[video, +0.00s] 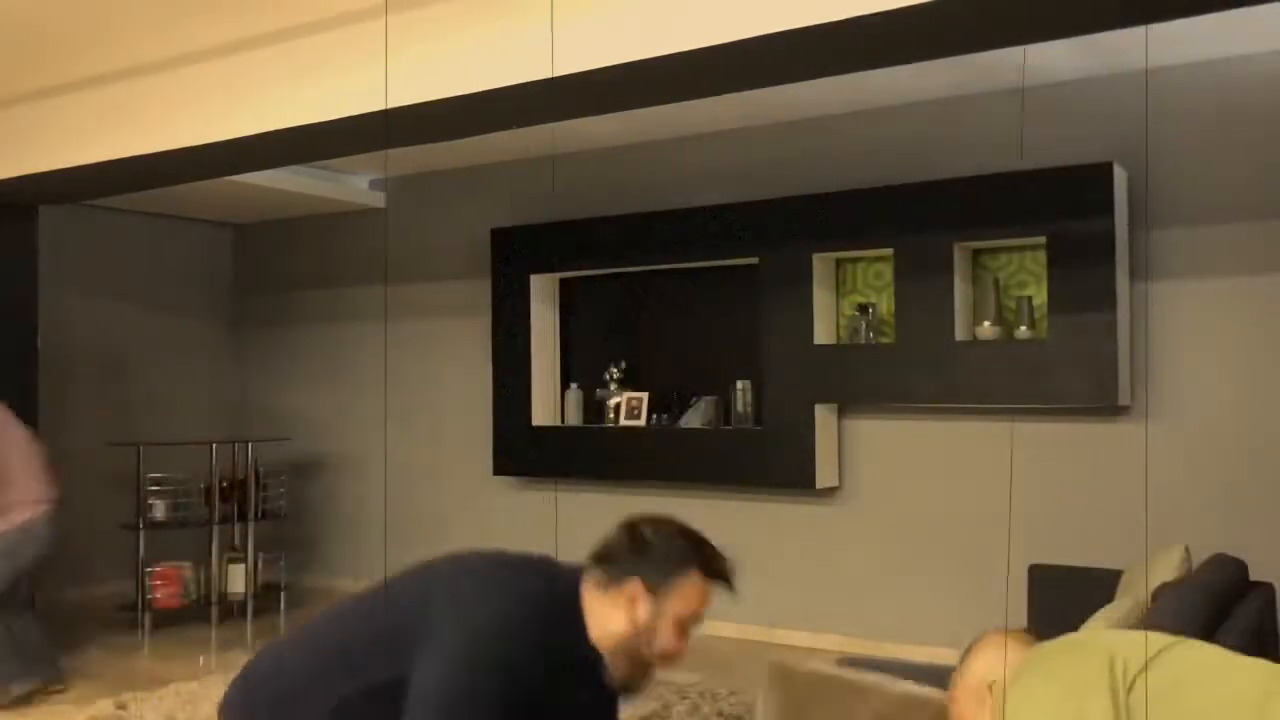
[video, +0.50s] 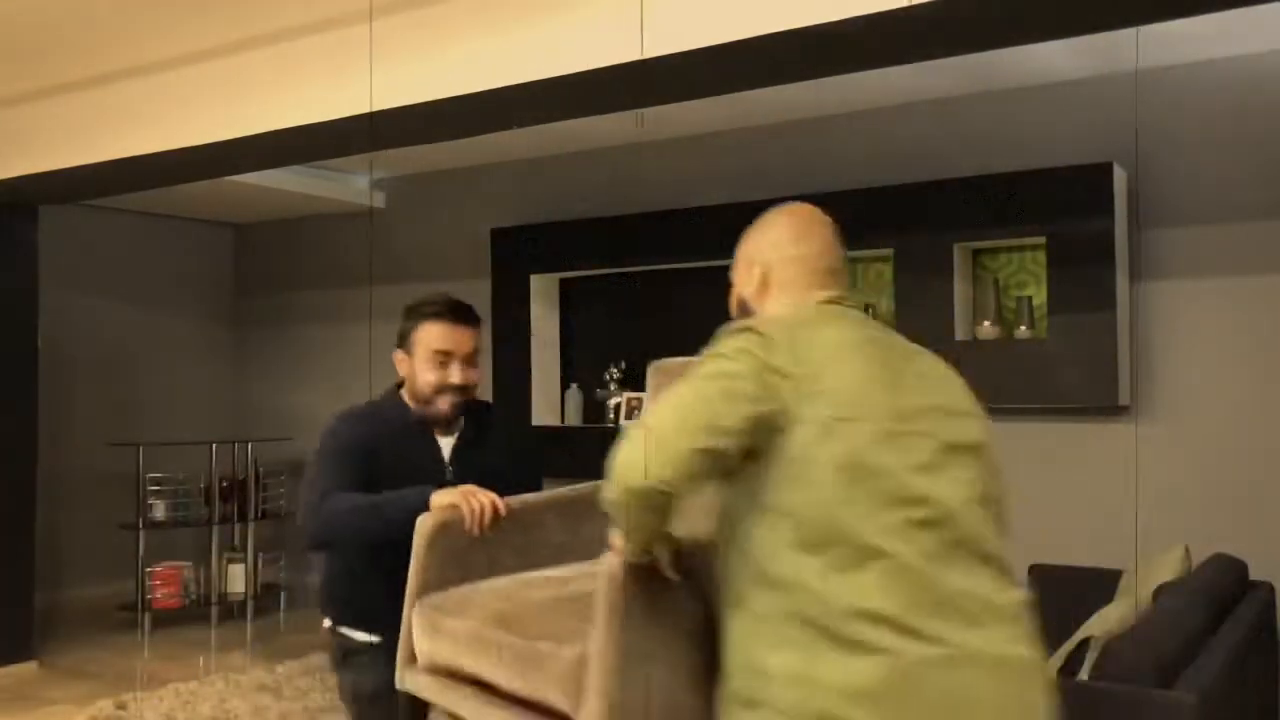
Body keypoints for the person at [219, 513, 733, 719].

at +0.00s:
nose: (685, 649)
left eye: (694, 630)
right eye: (684, 626)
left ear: (636, 601)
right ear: (635, 598)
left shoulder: (583, 661)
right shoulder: (498, 619)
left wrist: (610, 692)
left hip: (361, 703)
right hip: (277, 702)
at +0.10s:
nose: (630, 554)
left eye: (637, 534)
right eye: (626, 530)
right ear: (572, 503)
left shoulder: (570, 624)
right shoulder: (440, 535)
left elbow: (556, 717)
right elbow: (400, 698)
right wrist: (521, 712)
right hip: (277, 703)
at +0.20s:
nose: (587, 474)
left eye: (590, 456)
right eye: (579, 453)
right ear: (525, 437)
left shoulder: (551, 549)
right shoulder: (400, 479)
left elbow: (541, 689)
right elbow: (363, 613)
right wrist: (521, 644)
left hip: (430, 704)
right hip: (317, 696)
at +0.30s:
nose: (548, 433)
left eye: (550, 416)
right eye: (540, 415)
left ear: (493, 410)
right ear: (491, 408)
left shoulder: (526, 501)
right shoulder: (373, 461)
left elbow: (517, 641)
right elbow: (332, 579)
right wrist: (476, 567)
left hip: (444, 695)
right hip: (336, 692)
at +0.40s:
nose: (510, 390)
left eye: (512, 375)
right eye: (498, 373)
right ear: (446, 370)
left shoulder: (511, 452)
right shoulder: (358, 438)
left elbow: (533, 567)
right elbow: (316, 540)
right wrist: (439, 524)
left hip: (474, 655)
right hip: (369, 661)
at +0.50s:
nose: (459, 377)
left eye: (470, 362)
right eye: (441, 361)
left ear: (480, 364)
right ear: (402, 365)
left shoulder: (500, 432)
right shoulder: (356, 432)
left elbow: (527, 532)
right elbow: (320, 519)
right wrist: (430, 501)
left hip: (477, 633)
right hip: (377, 643)